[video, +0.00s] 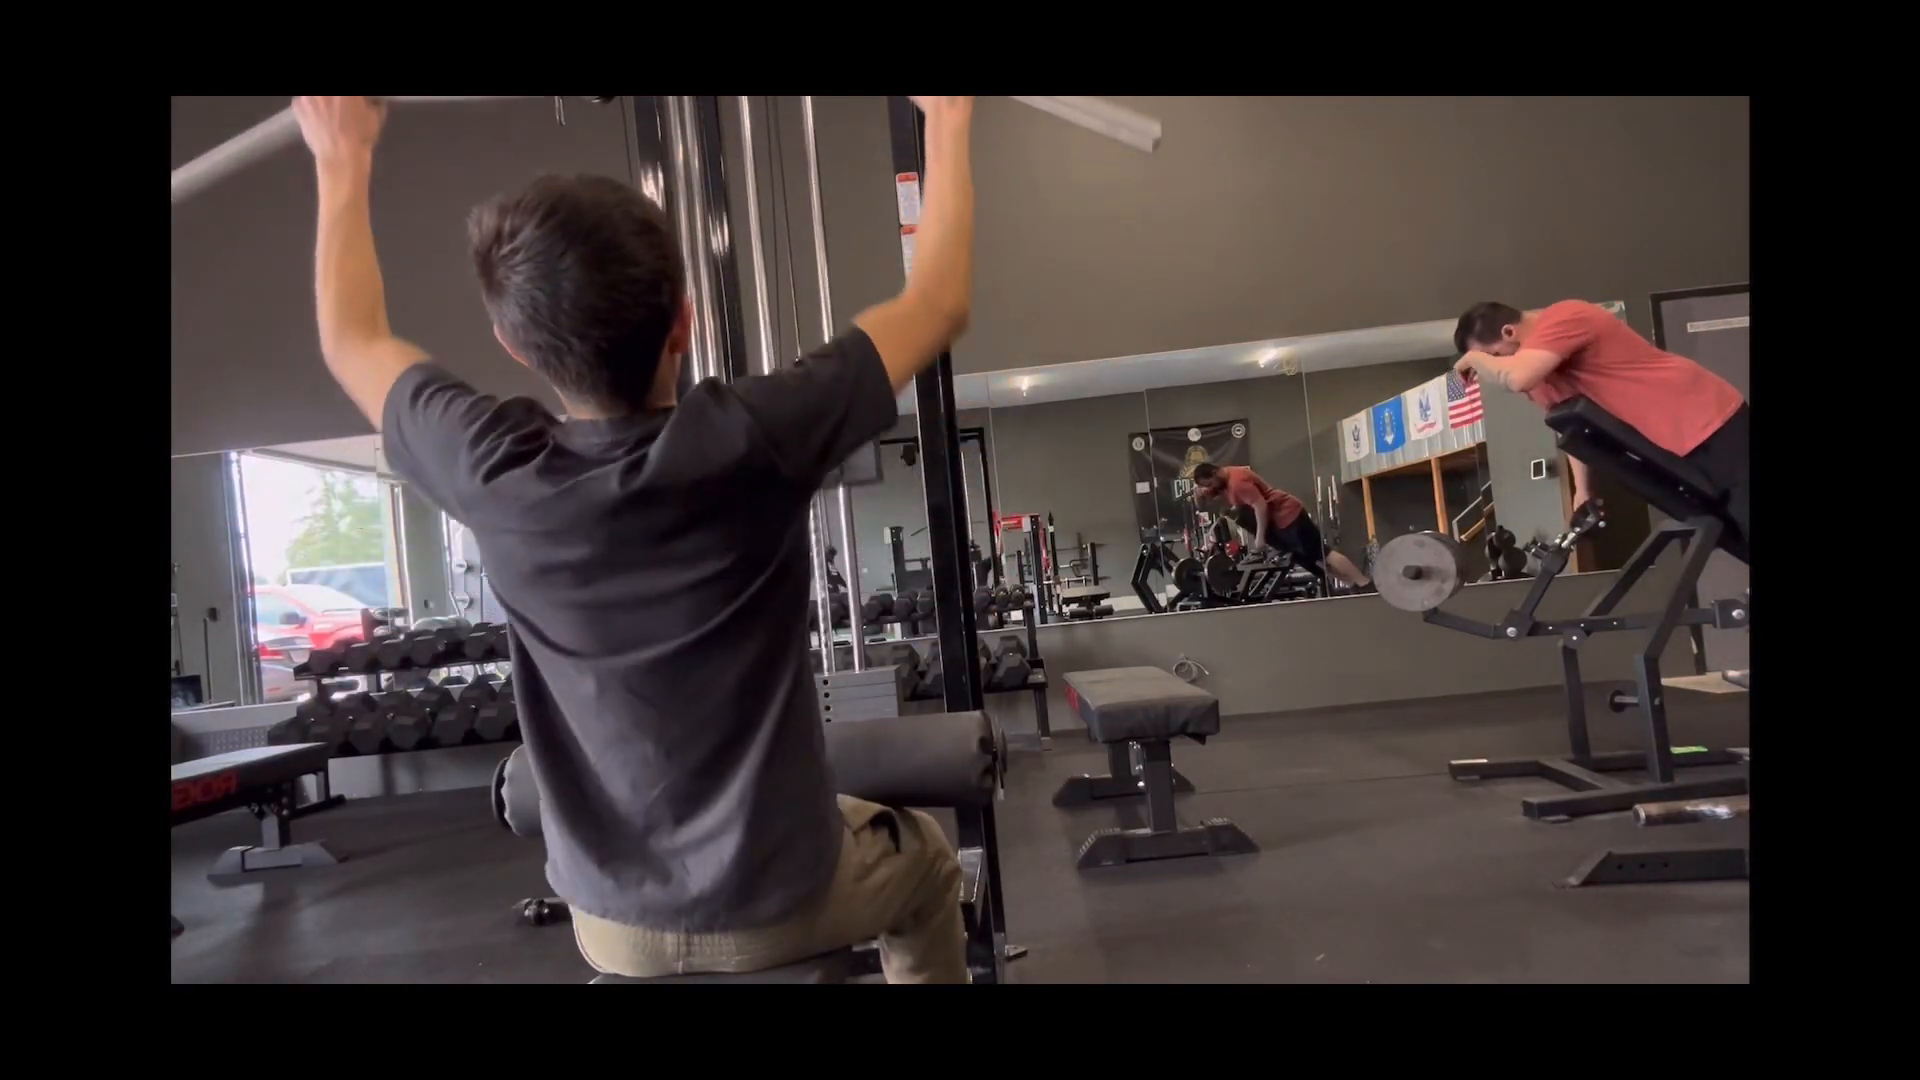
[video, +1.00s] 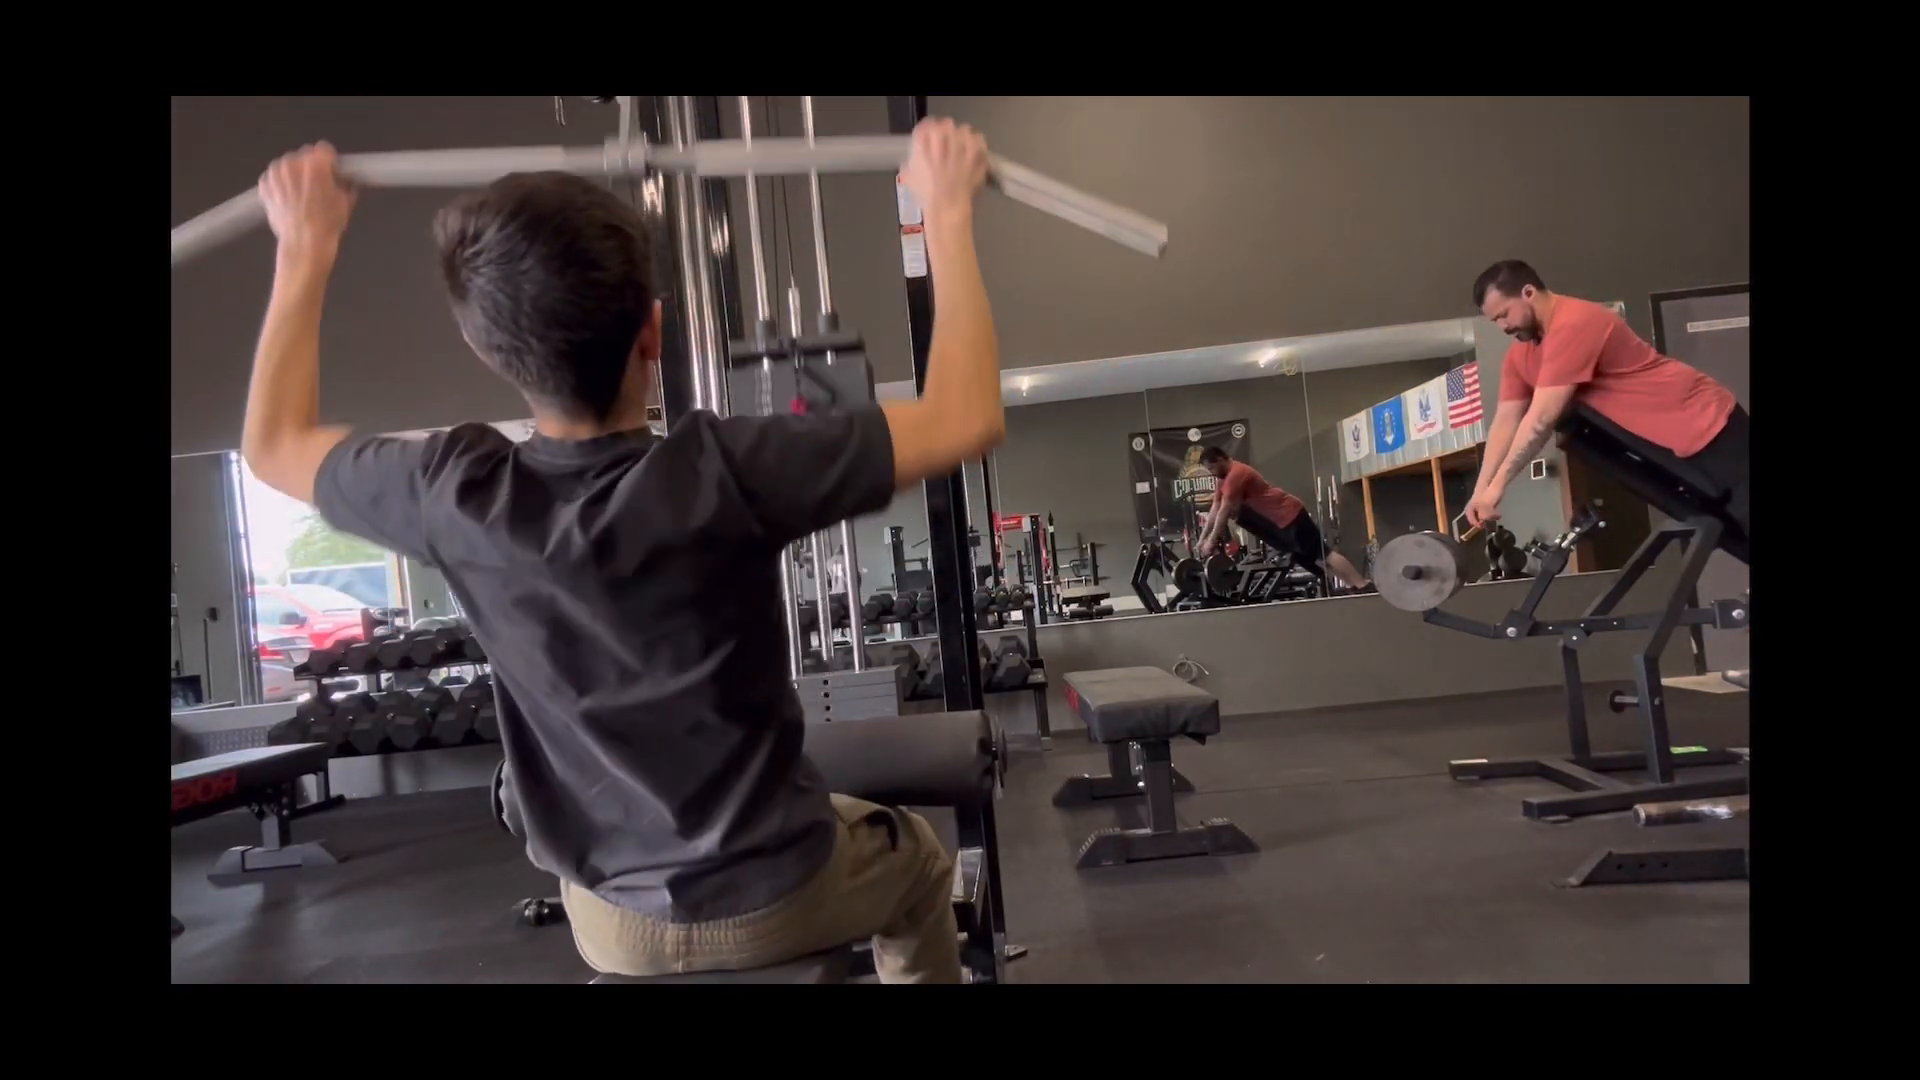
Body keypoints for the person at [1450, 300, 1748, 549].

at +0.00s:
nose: (1496, 366)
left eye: (1494, 357)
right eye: (1490, 361)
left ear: (1508, 333)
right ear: (1507, 333)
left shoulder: (1566, 317)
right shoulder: (1535, 372)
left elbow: (1517, 376)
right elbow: (1572, 429)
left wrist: (1475, 359)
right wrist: (1583, 492)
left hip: (1711, 419)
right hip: (1671, 448)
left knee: (1743, 523)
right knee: (1727, 533)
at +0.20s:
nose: (1500, 360)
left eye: (1497, 350)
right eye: (1493, 355)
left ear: (1511, 322)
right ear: (1510, 323)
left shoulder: (1568, 321)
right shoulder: (1543, 349)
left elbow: (1537, 391)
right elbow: (1572, 420)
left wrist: (1485, 364)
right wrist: (1573, 481)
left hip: (1707, 419)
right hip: (1678, 441)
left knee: (1745, 520)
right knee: (1731, 528)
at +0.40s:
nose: (1501, 354)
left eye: (1498, 343)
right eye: (1492, 350)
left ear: (1514, 316)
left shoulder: (1579, 324)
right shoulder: (1531, 365)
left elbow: (1598, 400)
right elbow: (1568, 423)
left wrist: (1521, 425)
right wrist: (1568, 483)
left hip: (1705, 420)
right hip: (1666, 448)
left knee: (1746, 513)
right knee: (1729, 532)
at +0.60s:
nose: (1502, 345)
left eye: (1501, 334)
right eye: (1495, 340)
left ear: (1520, 308)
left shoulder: (1590, 320)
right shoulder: (1532, 362)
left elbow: (1612, 401)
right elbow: (1542, 423)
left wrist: (1559, 464)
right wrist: (1540, 496)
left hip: (1707, 422)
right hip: (1663, 450)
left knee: (1745, 517)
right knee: (1729, 535)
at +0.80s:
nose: (1507, 335)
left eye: (1504, 324)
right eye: (1499, 330)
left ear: (1526, 298)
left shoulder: (1584, 319)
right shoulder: (1528, 358)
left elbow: (1569, 412)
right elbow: (1519, 424)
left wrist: (1524, 475)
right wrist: (1496, 490)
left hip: (1707, 421)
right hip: (1668, 448)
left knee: (1745, 520)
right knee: (1731, 534)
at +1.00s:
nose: (1503, 328)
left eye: (1502, 315)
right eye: (1495, 321)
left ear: (1528, 293)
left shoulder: (1575, 321)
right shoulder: (1520, 355)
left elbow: (1541, 421)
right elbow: (1504, 421)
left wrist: (1497, 486)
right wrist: (1482, 490)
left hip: (1708, 423)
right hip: (1669, 449)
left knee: (1744, 522)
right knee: (1731, 535)